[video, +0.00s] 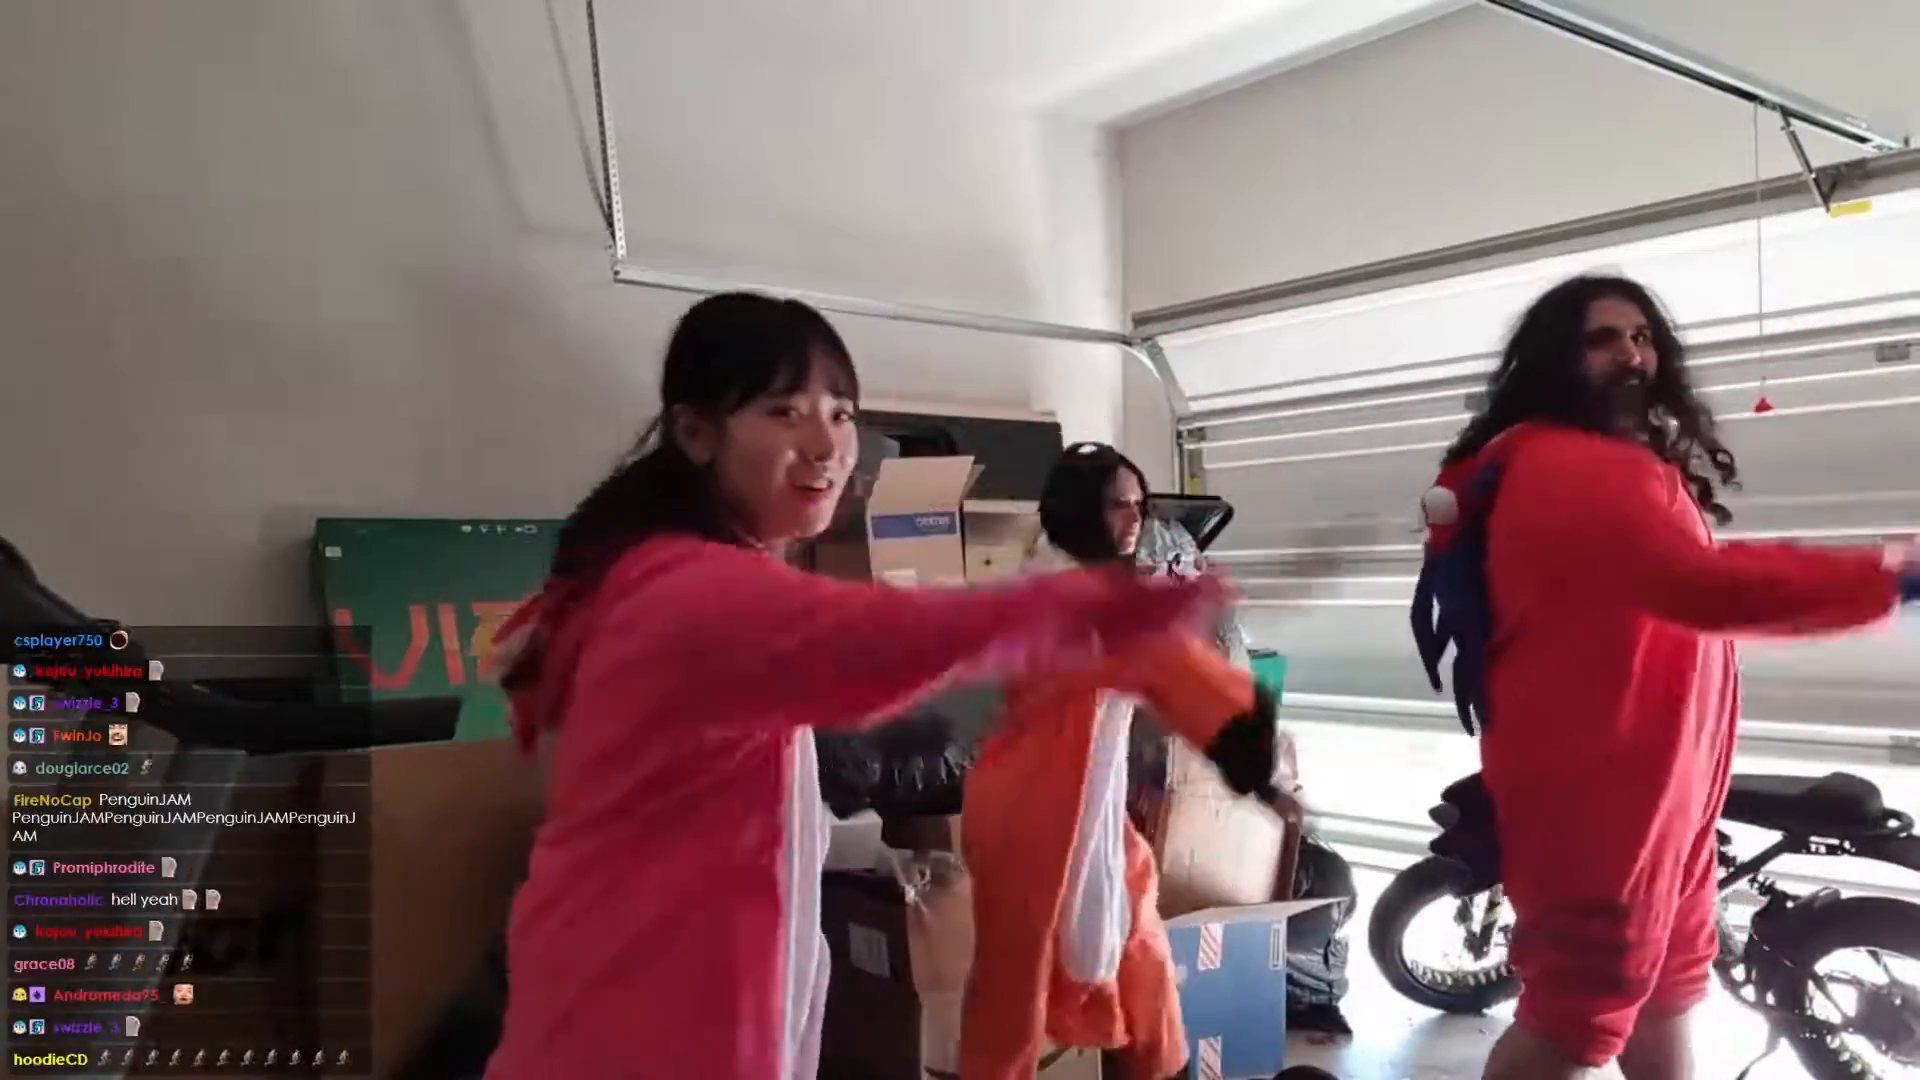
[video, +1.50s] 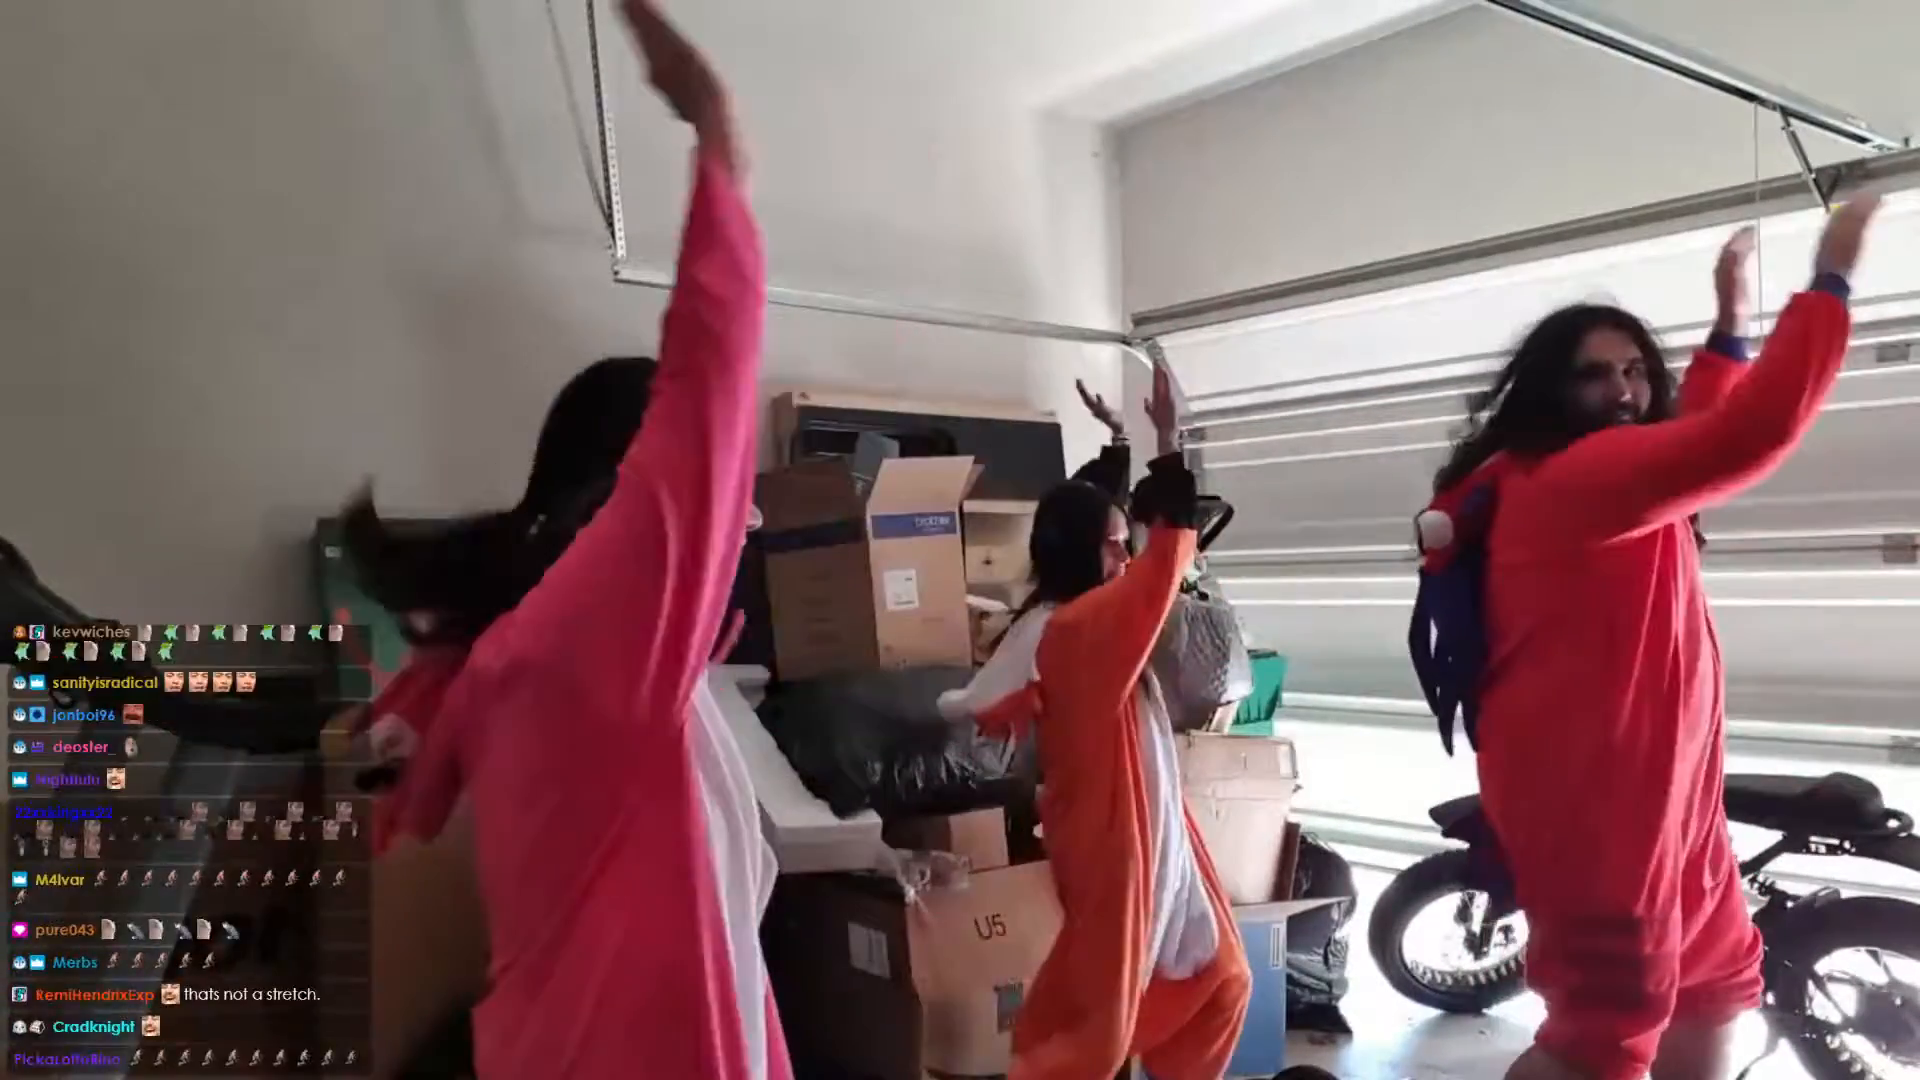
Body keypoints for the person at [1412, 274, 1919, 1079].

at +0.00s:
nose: (1632, 355)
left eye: (1643, 337)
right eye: (1602, 340)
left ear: (1663, 356)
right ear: (1554, 365)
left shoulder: (1637, 467)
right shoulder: (1559, 467)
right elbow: (1692, 581)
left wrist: (1870, 566)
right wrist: (1882, 574)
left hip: (1667, 797)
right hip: (1591, 805)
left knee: (1666, 995)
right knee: (1575, 1021)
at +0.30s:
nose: (1662, 356)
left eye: (1674, 339)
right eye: (1636, 340)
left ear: (1693, 356)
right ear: (1588, 357)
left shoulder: (1663, 462)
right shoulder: (1579, 466)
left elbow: (1695, 614)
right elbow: (1634, 639)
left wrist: (1756, 710)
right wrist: (1729, 775)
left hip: (1660, 769)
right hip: (1581, 776)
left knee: (1640, 1003)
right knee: (1554, 1014)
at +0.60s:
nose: (1703, 421)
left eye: (1706, 405)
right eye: (1689, 401)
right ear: (1630, 395)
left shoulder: (1620, 481)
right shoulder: (1570, 490)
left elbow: (1718, 447)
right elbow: (1753, 458)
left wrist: (1774, 346)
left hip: (1669, 795)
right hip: (1603, 815)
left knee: (1746, 984)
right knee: (1649, 1037)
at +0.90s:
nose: (1725, 395)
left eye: (1729, 375)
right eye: (1712, 373)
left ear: (1634, 367)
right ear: (1657, 369)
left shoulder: (1617, 460)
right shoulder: (1604, 471)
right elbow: (1743, 596)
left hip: (1634, 788)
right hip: (1585, 795)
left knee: (1660, 989)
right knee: (1582, 1015)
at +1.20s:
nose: (1734, 384)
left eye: (1735, 362)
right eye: (1717, 364)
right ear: (1668, 369)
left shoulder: (1669, 471)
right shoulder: (1614, 471)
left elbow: (1688, 645)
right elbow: (1641, 648)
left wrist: (1713, 782)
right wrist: (1714, 793)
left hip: (1633, 768)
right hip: (1569, 773)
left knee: (1638, 1000)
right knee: (1561, 1014)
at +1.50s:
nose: (1626, 392)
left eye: (1638, 373)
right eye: (1596, 375)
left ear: (1657, 381)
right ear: (1549, 393)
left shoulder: (1631, 476)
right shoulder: (1555, 485)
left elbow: (1698, 441)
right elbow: (1744, 442)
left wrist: (1733, 324)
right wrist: (1833, 281)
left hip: (1674, 788)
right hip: (1591, 806)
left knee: (1715, 991)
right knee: (1607, 1029)